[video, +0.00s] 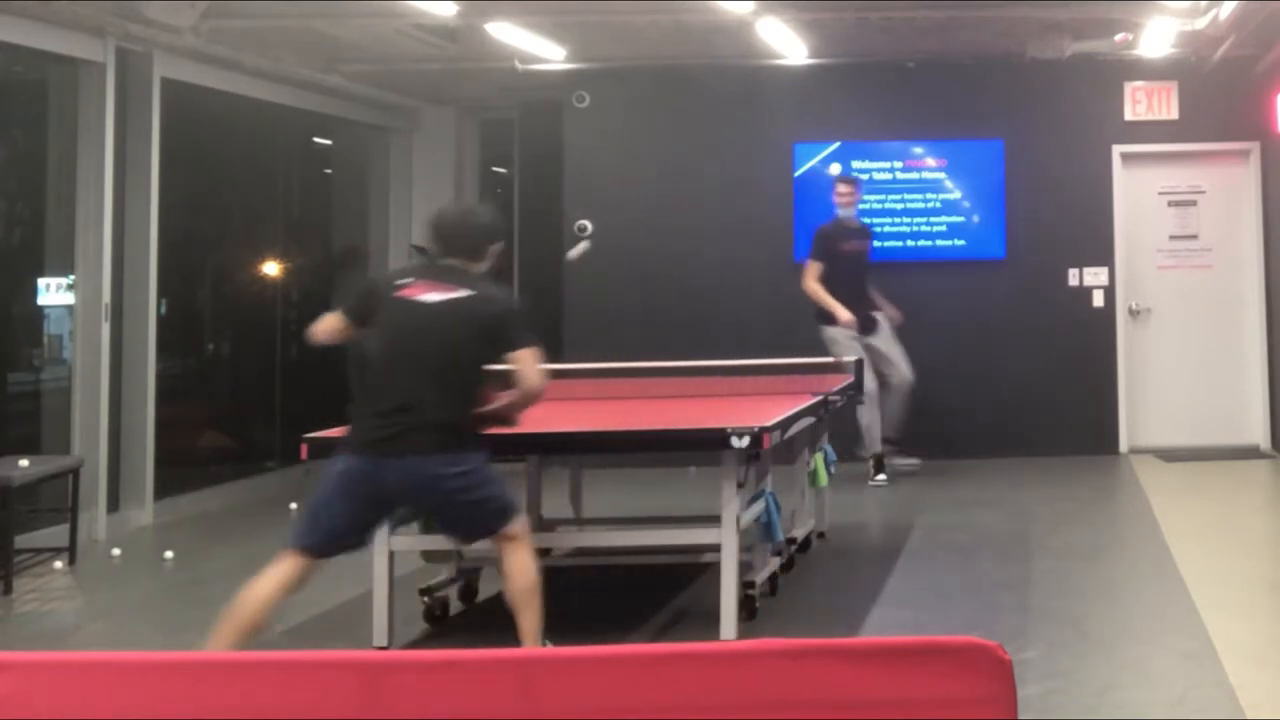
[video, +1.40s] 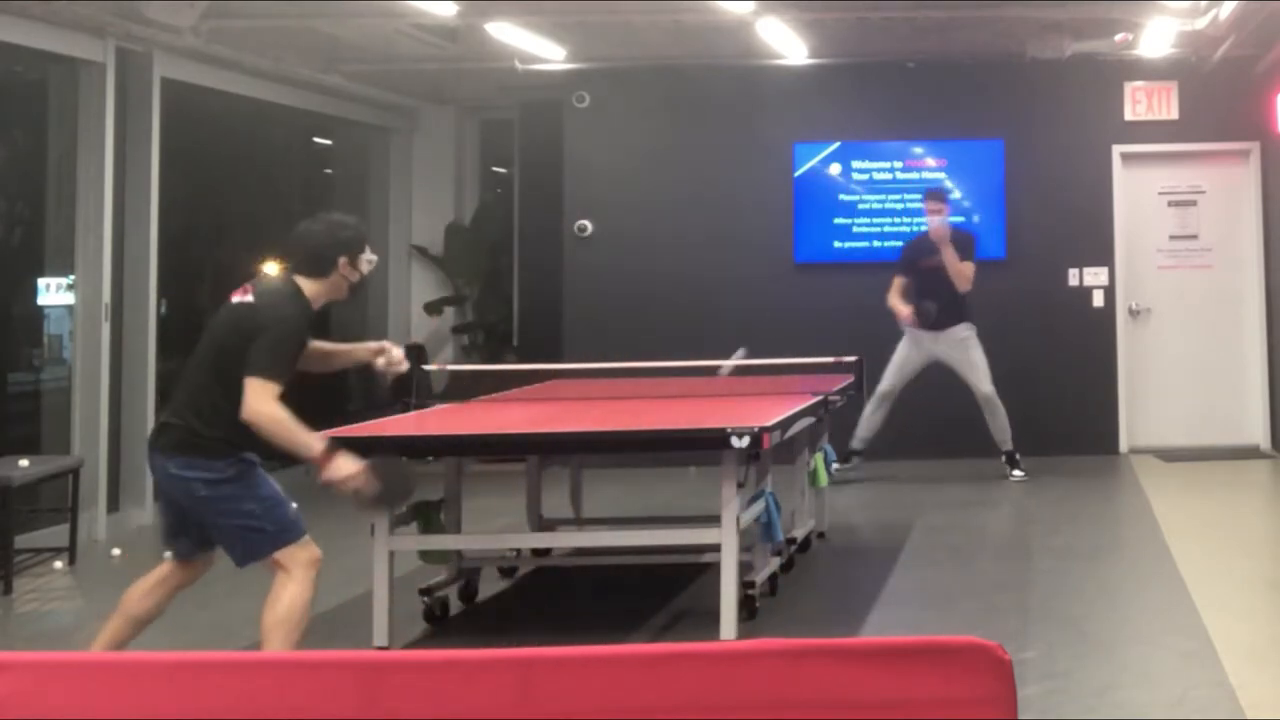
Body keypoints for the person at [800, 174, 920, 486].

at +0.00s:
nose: (844, 199)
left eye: (849, 194)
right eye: (840, 194)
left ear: (858, 196)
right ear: (833, 198)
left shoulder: (864, 232)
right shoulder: (826, 234)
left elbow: (861, 279)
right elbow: (809, 281)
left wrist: (885, 307)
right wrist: (839, 310)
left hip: (870, 319)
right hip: (838, 324)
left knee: (902, 377)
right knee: (866, 387)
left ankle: (887, 444)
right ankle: (875, 457)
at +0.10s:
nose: (869, 206)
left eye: (873, 201)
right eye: (865, 201)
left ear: (883, 203)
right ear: (859, 204)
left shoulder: (891, 235)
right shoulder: (850, 240)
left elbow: (889, 272)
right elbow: (832, 288)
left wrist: (904, 287)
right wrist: (859, 323)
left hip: (894, 322)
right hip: (863, 329)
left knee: (927, 385)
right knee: (884, 393)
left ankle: (952, 452)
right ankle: (879, 460)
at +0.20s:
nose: (893, 214)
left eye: (898, 209)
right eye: (889, 210)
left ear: (908, 211)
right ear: (883, 212)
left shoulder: (919, 240)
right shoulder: (872, 247)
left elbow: (935, 286)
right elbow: (853, 294)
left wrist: (918, 265)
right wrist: (872, 329)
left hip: (919, 333)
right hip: (884, 338)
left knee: (952, 394)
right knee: (898, 394)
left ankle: (990, 453)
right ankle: (882, 459)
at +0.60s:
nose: (917, 210)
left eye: (922, 205)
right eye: (913, 206)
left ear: (934, 204)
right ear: (908, 207)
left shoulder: (951, 230)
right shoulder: (904, 242)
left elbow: (956, 275)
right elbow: (898, 282)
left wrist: (928, 241)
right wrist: (897, 320)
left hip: (958, 325)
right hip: (919, 327)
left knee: (981, 388)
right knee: (905, 390)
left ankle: (997, 452)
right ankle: (902, 456)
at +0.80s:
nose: (941, 223)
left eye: (946, 218)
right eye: (937, 218)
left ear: (956, 215)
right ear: (931, 217)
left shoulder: (972, 238)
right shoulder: (923, 249)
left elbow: (981, 284)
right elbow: (906, 299)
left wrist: (953, 252)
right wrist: (923, 319)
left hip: (970, 329)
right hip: (931, 331)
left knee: (993, 388)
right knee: (911, 388)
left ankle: (1013, 454)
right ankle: (903, 457)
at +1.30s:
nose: (956, 215)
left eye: (961, 209)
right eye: (951, 209)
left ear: (970, 209)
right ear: (944, 209)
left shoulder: (981, 237)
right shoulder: (932, 240)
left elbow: (983, 279)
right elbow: (909, 288)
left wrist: (964, 241)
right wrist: (928, 299)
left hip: (968, 328)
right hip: (928, 329)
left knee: (992, 386)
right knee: (900, 387)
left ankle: (1012, 455)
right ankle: (874, 454)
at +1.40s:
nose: (933, 218)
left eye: (938, 212)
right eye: (929, 213)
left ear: (948, 211)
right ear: (924, 213)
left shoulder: (962, 241)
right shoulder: (914, 247)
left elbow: (964, 283)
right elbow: (894, 293)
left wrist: (944, 245)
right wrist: (902, 309)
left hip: (958, 335)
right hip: (918, 336)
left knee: (986, 392)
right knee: (885, 390)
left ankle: (1010, 454)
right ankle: (854, 453)